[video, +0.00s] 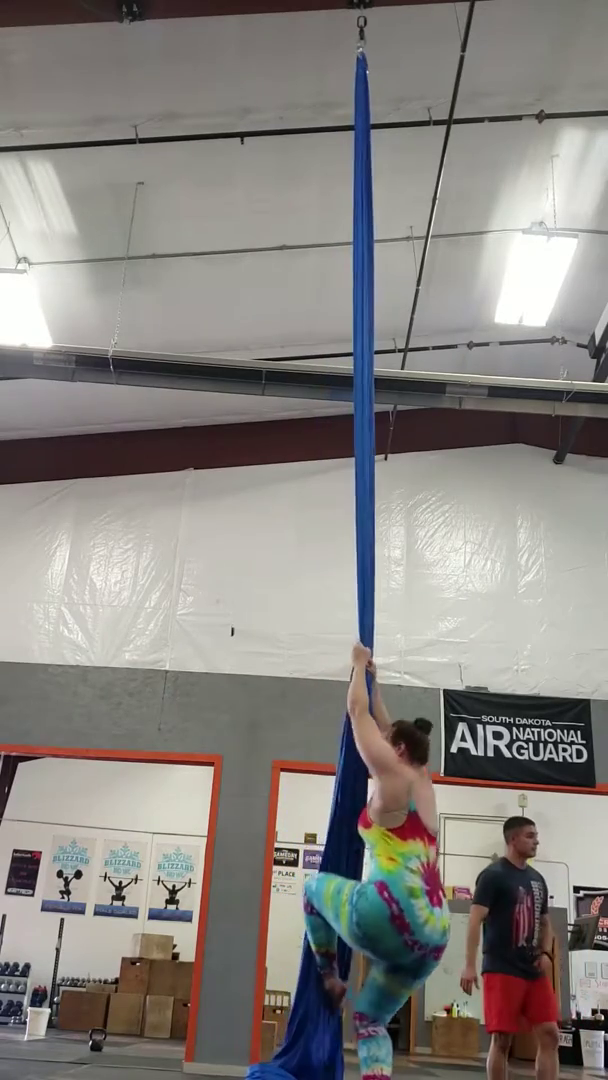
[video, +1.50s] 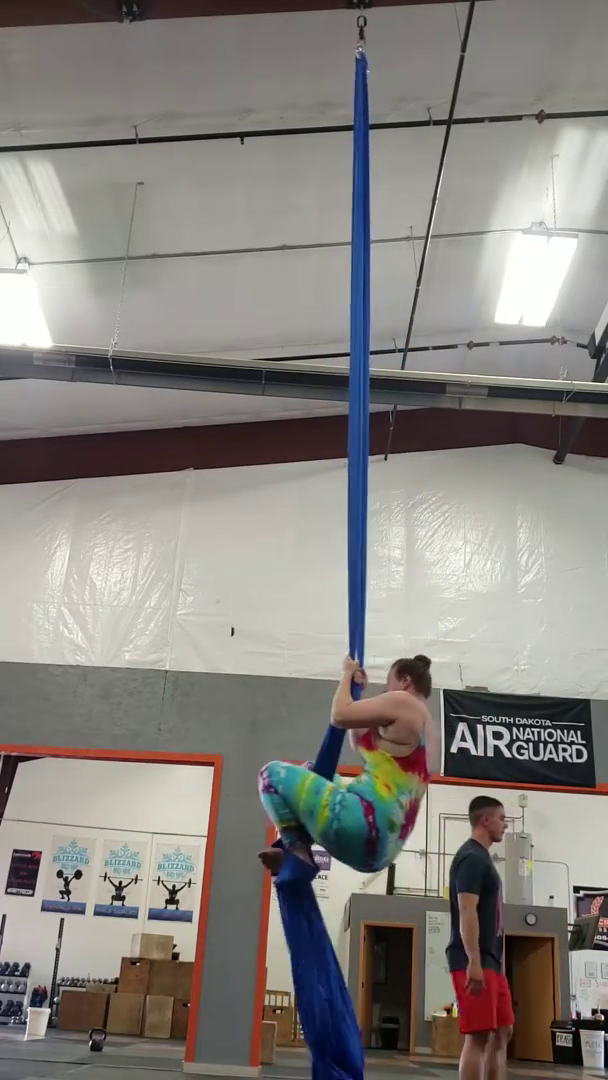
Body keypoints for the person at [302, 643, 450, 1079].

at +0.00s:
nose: (377, 746)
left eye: (382, 740)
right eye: (379, 740)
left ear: (397, 746)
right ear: (417, 752)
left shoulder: (393, 772)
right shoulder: (424, 784)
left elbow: (357, 711)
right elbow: (385, 732)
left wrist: (358, 664)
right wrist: (373, 684)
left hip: (385, 915)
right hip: (429, 942)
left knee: (312, 888)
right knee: (369, 1019)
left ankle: (330, 978)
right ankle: (377, 1076)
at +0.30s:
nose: (424, 687)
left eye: (427, 681)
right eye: (425, 682)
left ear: (437, 678)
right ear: (461, 682)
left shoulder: (441, 698)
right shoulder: (473, 719)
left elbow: (383, 703)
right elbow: (424, 735)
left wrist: (389, 663)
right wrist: (407, 688)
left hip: (411, 827)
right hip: (451, 851)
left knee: (335, 796)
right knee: (400, 938)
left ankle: (367, 876)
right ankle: (399, 1032)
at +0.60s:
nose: (443, 674)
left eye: (445, 669)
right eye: (442, 670)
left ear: (457, 665)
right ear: (478, 666)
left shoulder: (464, 677)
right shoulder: (498, 706)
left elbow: (408, 702)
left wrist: (411, 662)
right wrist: (438, 678)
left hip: (430, 807)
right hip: (460, 850)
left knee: (365, 741)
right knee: (388, 854)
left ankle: (367, 818)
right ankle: (374, 901)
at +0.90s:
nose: (440, 684)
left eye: (443, 677)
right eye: (440, 679)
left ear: (457, 671)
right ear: (477, 673)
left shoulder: (464, 684)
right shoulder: (493, 712)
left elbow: (407, 703)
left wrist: (410, 664)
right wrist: (435, 682)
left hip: (427, 808)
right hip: (451, 846)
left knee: (371, 719)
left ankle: (341, 798)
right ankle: (354, 836)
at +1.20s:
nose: (421, 688)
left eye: (425, 682)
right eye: (421, 683)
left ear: (440, 678)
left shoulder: (444, 694)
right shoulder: (474, 719)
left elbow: (383, 709)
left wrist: (390, 669)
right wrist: (413, 687)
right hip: (420, 846)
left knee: (325, 737)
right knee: (384, 763)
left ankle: (323, 813)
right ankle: (336, 807)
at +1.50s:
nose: (387, 688)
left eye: (389, 682)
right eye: (387, 683)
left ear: (406, 681)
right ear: (413, 685)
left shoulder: (403, 703)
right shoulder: (423, 720)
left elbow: (340, 714)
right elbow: (358, 743)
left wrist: (346, 676)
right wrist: (357, 693)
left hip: (362, 826)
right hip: (381, 851)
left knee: (272, 775)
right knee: (309, 773)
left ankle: (299, 852)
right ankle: (293, 847)